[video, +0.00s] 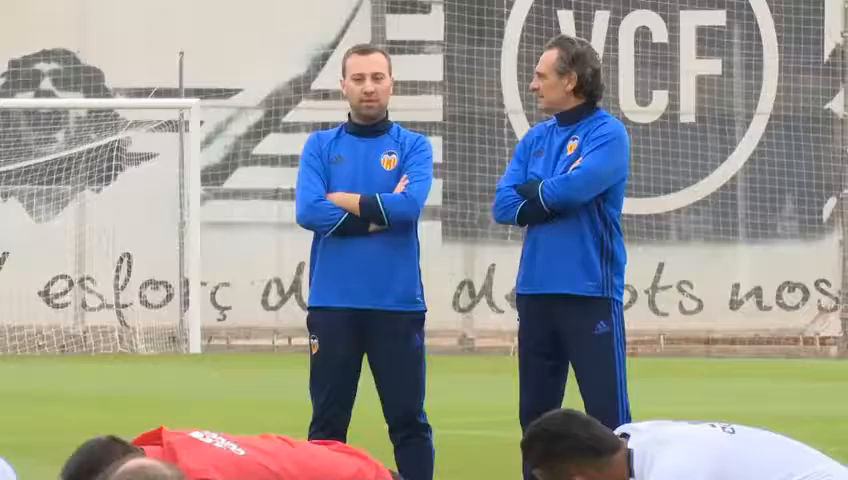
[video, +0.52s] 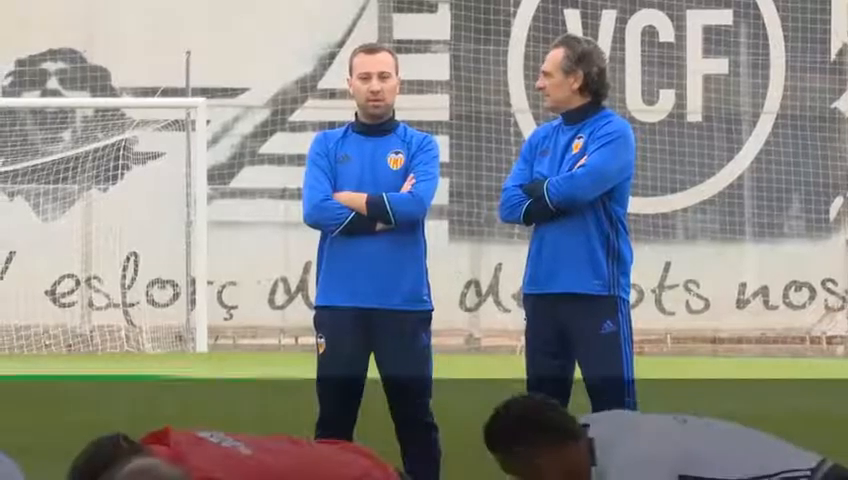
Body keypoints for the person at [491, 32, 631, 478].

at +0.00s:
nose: (533, 83)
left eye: (542, 76)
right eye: (535, 75)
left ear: (572, 83)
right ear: (562, 82)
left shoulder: (609, 133)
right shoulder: (532, 138)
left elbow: (572, 192)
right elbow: (502, 206)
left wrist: (528, 191)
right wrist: (555, 198)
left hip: (591, 293)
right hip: (535, 292)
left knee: (608, 420)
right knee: (536, 420)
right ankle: (536, 477)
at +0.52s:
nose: (538, 83)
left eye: (547, 74)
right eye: (540, 74)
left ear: (577, 80)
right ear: (571, 80)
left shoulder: (614, 131)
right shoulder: (538, 138)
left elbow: (581, 188)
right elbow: (508, 205)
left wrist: (532, 191)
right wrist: (561, 197)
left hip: (597, 291)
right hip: (542, 292)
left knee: (613, 412)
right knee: (543, 412)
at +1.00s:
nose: (545, 82)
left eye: (557, 73)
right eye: (544, 73)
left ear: (589, 80)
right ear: (541, 77)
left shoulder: (615, 130)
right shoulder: (534, 138)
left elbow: (589, 192)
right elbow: (509, 208)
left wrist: (538, 189)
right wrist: (571, 192)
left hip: (600, 292)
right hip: (543, 293)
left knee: (622, 410)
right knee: (544, 411)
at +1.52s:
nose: (577, 82)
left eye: (588, 74)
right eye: (571, 74)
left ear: (612, 80)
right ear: (563, 80)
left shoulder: (631, 131)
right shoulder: (541, 138)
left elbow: (623, 190)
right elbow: (522, 207)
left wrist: (555, 189)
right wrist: (599, 191)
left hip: (614, 292)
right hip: (551, 292)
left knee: (630, 408)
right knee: (548, 409)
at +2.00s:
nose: (585, 79)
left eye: (597, 71)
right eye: (578, 71)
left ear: (619, 78)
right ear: (570, 78)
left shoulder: (637, 131)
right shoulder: (547, 137)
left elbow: (626, 187)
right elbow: (527, 206)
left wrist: (561, 190)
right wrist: (598, 195)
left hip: (619, 291)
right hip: (558, 292)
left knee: (635, 409)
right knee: (558, 411)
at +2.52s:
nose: (586, 77)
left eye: (598, 69)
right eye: (579, 69)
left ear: (621, 78)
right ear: (571, 77)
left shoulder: (637, 133)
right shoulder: (549, 138)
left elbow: (620, 196)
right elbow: (529, 211)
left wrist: (559, 192)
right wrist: (599, 193)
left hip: (622, 292)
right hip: (562, 292)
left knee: (639, 410)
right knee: (561, 412)